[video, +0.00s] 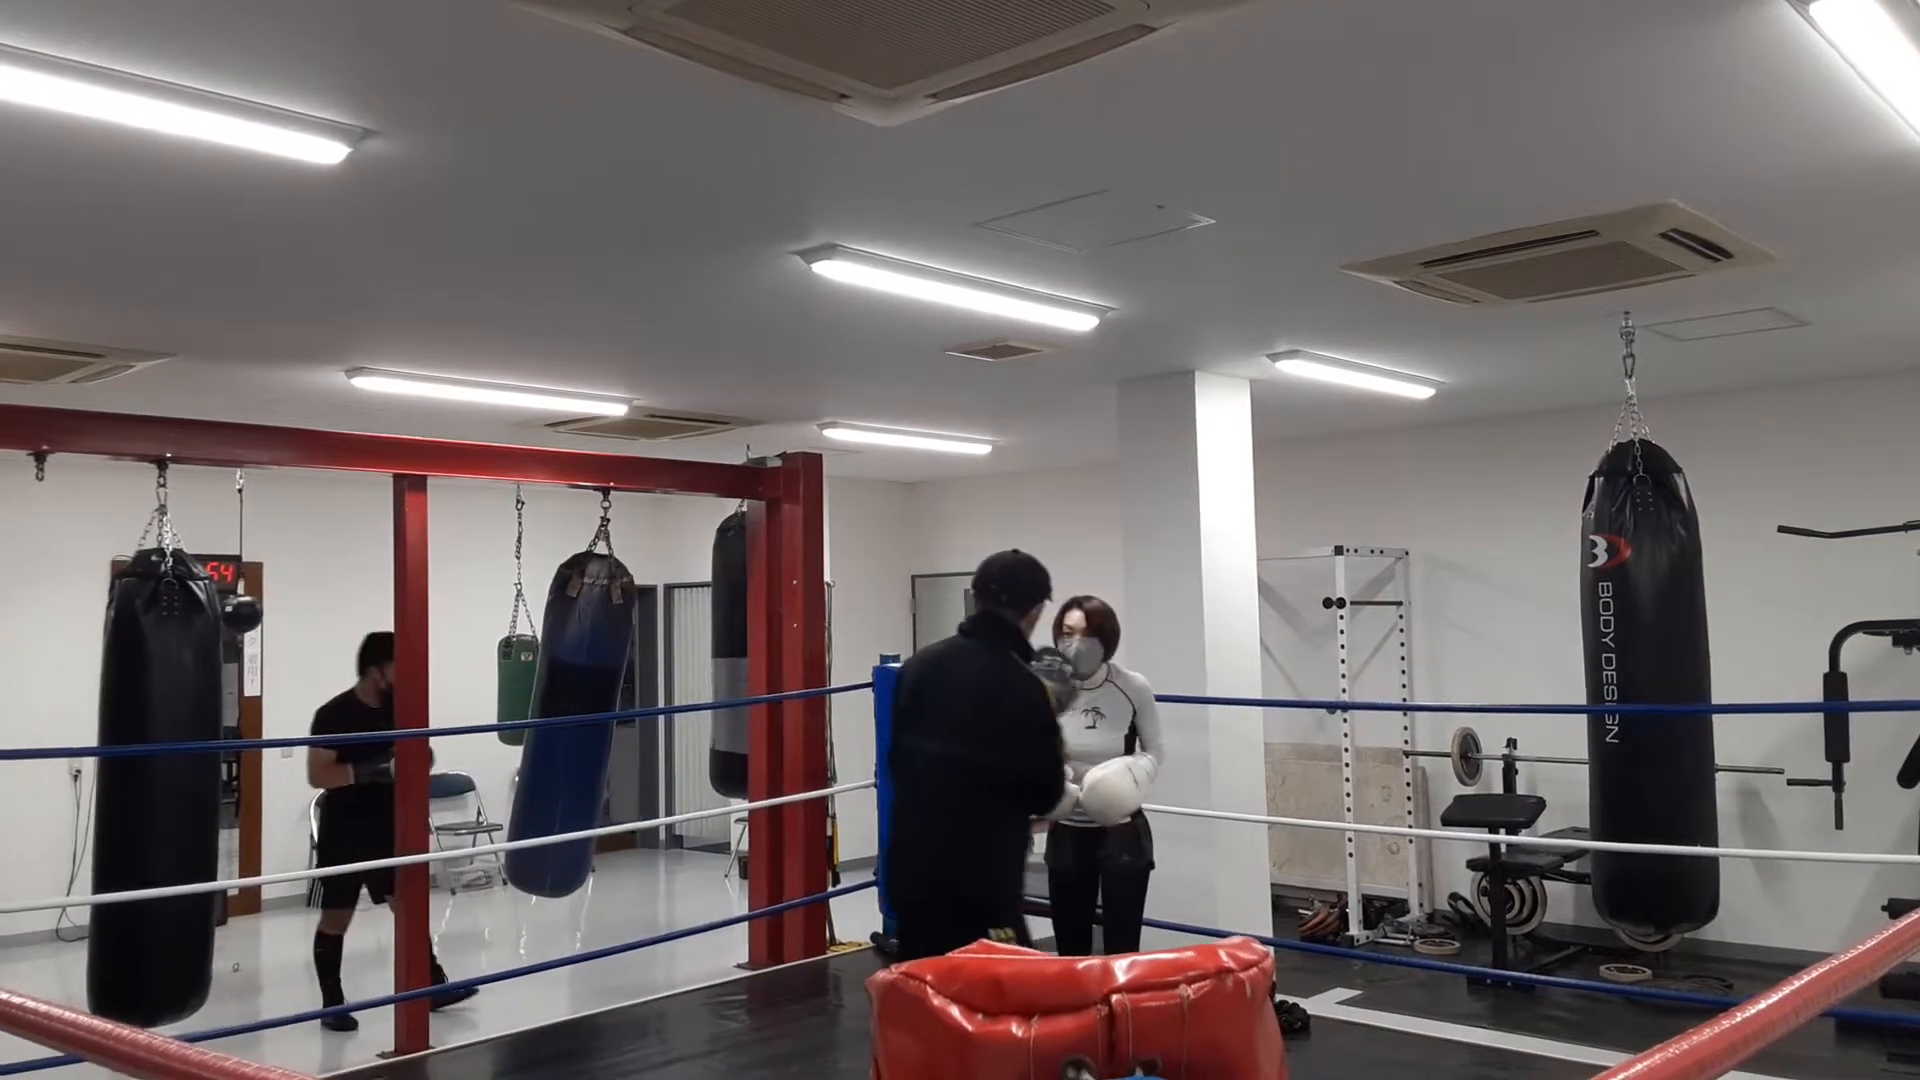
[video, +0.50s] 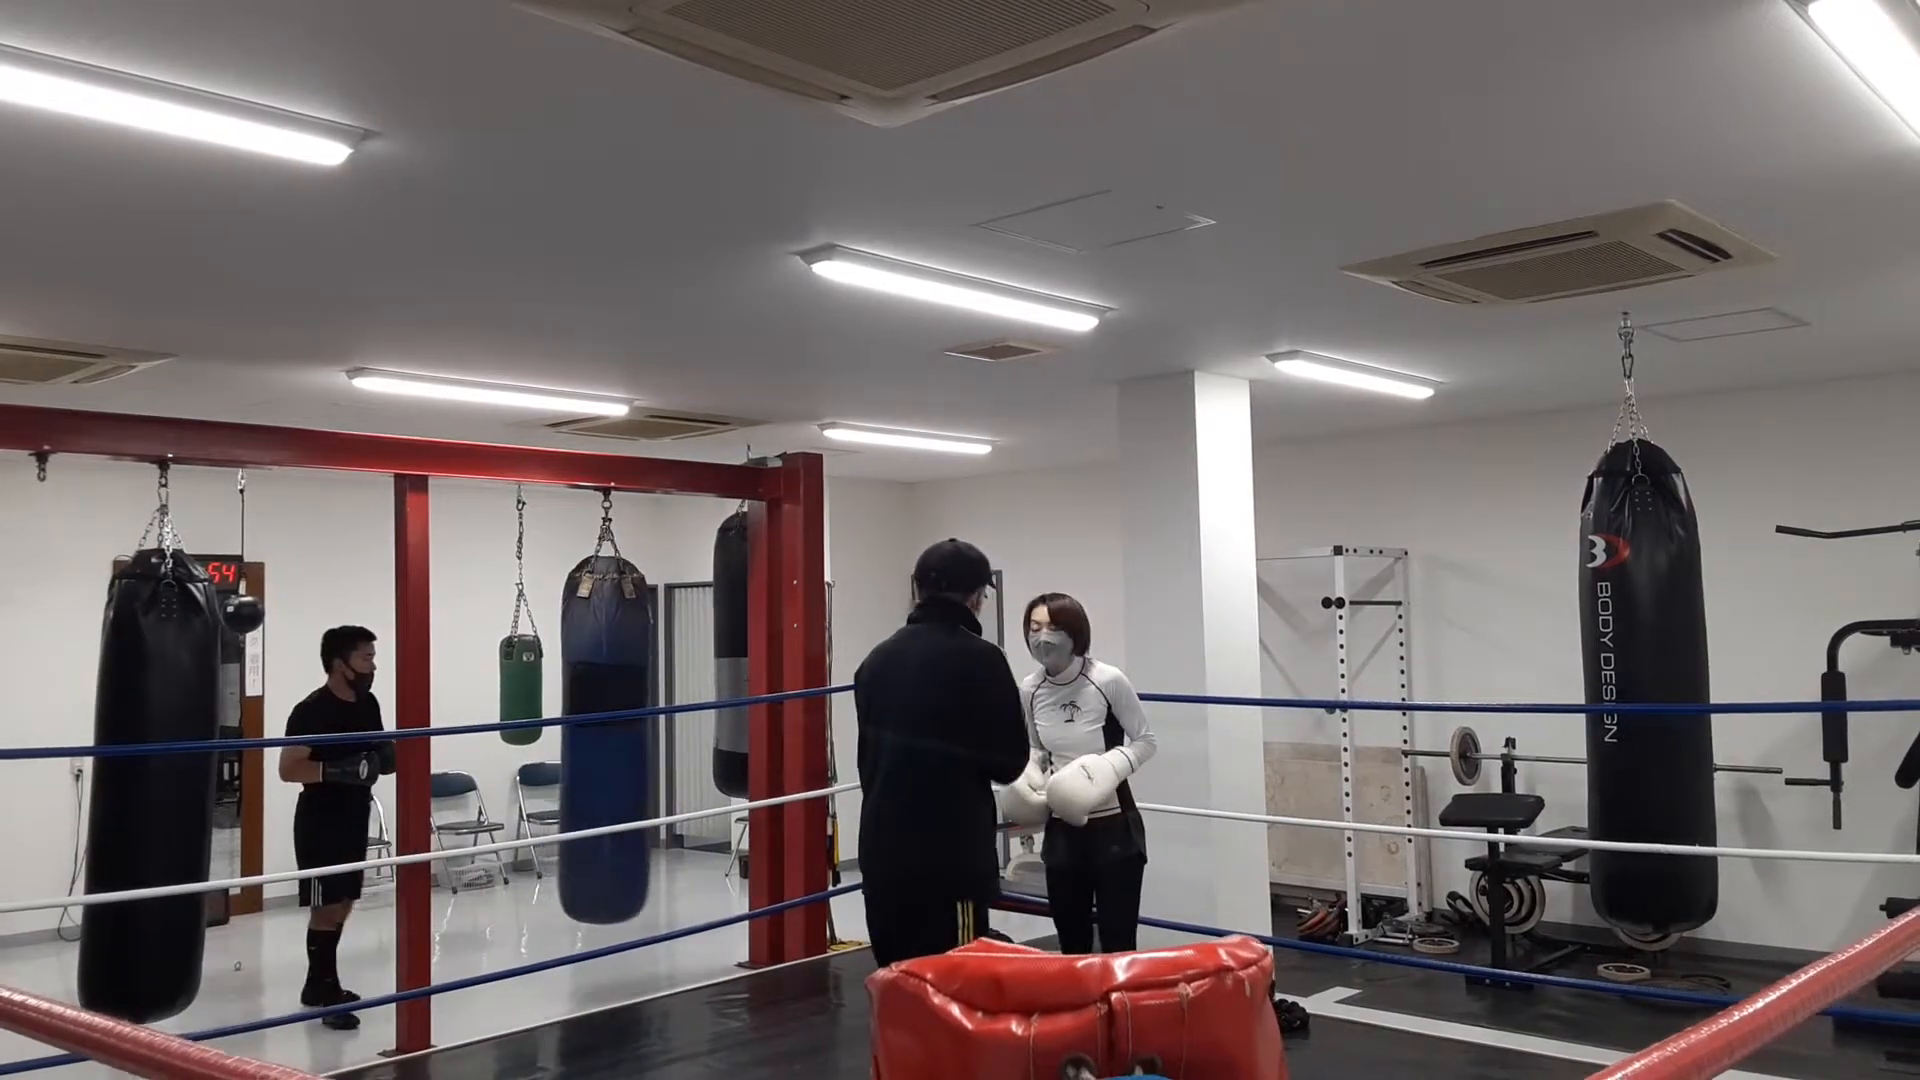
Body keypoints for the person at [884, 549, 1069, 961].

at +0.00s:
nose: (1040, 622)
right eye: (1041, 613)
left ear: (976, 597)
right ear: (1033, 613)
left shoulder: (919, 667)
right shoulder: (1024, 688)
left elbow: (899, 764)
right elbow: (1043, 795)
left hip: (914, 864)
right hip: (986, 872)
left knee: (921, 997)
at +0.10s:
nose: (1027, 618)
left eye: (1027, 608)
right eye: (1028, 609)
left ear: (966, 596)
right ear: (1021, 611)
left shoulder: (906, 663)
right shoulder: (1009, 684)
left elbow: (873, 756)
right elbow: (1024, 789)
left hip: (899, 860)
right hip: (972, 866)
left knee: (913, 991)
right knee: (977, 992)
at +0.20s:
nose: (1014, 616)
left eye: (1015, 605)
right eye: (1015, 606)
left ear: (956, 595)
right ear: (1006, 607)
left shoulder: (896, 661)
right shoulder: (995, 675)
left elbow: (864, 755)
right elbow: (1013, 785)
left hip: (890, 860)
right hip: (959, 866)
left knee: (915, 991)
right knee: (984, 991)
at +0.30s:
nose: (1001, 608)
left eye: (1002, 598)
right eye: (1001, 599)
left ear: (942, 592)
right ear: (993, 603)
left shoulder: (886, 661)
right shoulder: (984, 666)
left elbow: (873, 761)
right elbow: (1008, 778)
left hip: (886, 857)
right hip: (956, 861)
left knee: (910, 991)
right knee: (977, 991)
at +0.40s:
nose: (987, 607)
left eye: (986, 596)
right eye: (988, 597)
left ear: (927, 591)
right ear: (979, 600)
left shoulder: (880, 660)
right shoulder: (980, 661)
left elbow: (870, 767)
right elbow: (1007, 772)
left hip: (885, 856)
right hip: (956, 859)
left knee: (905, 993)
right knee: (965, 993)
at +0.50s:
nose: (983, 604)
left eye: (983, 595)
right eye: (983, 595)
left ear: (921, 590)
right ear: (974, 598)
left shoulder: (875, 662)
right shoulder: (982, 658)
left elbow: (868, 766)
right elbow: (1009, 763)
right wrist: (951, 749)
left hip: (885, 852)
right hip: (957, 853)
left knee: (900, 989)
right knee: (956, 989)